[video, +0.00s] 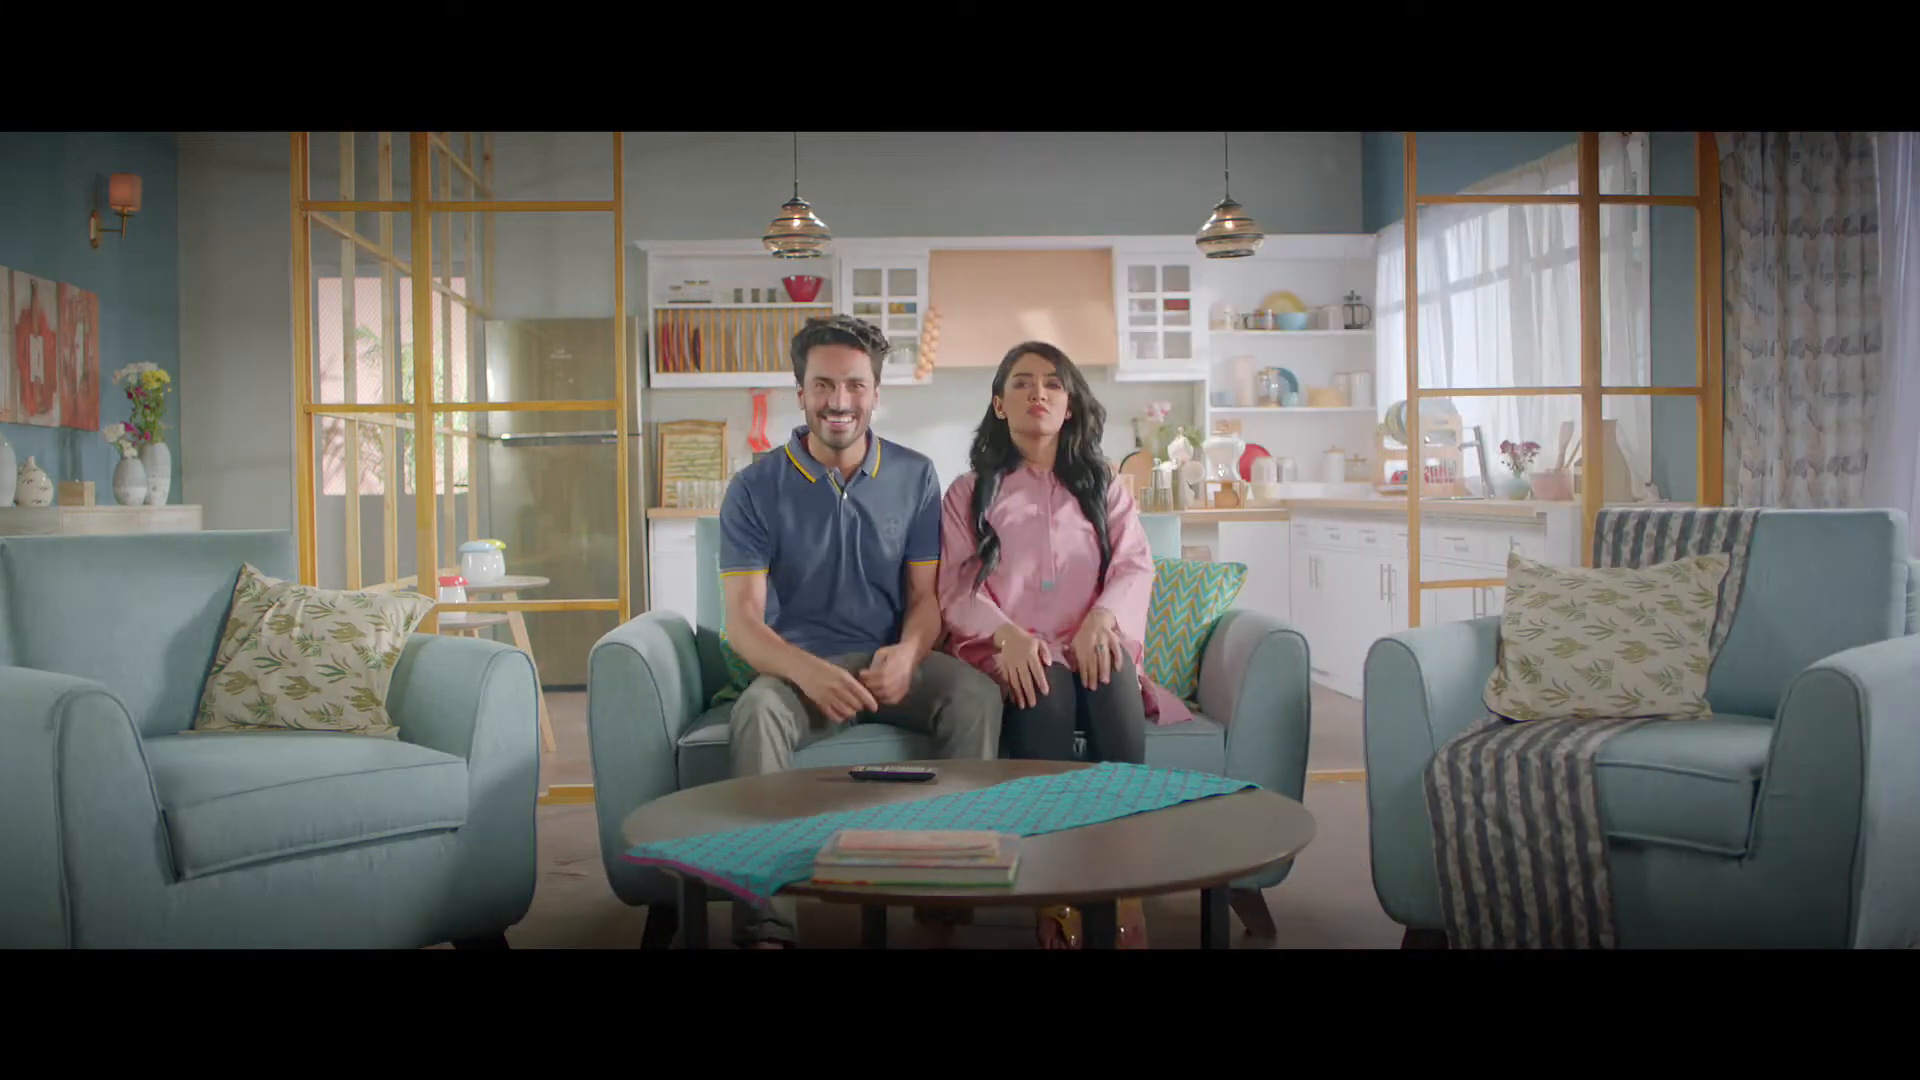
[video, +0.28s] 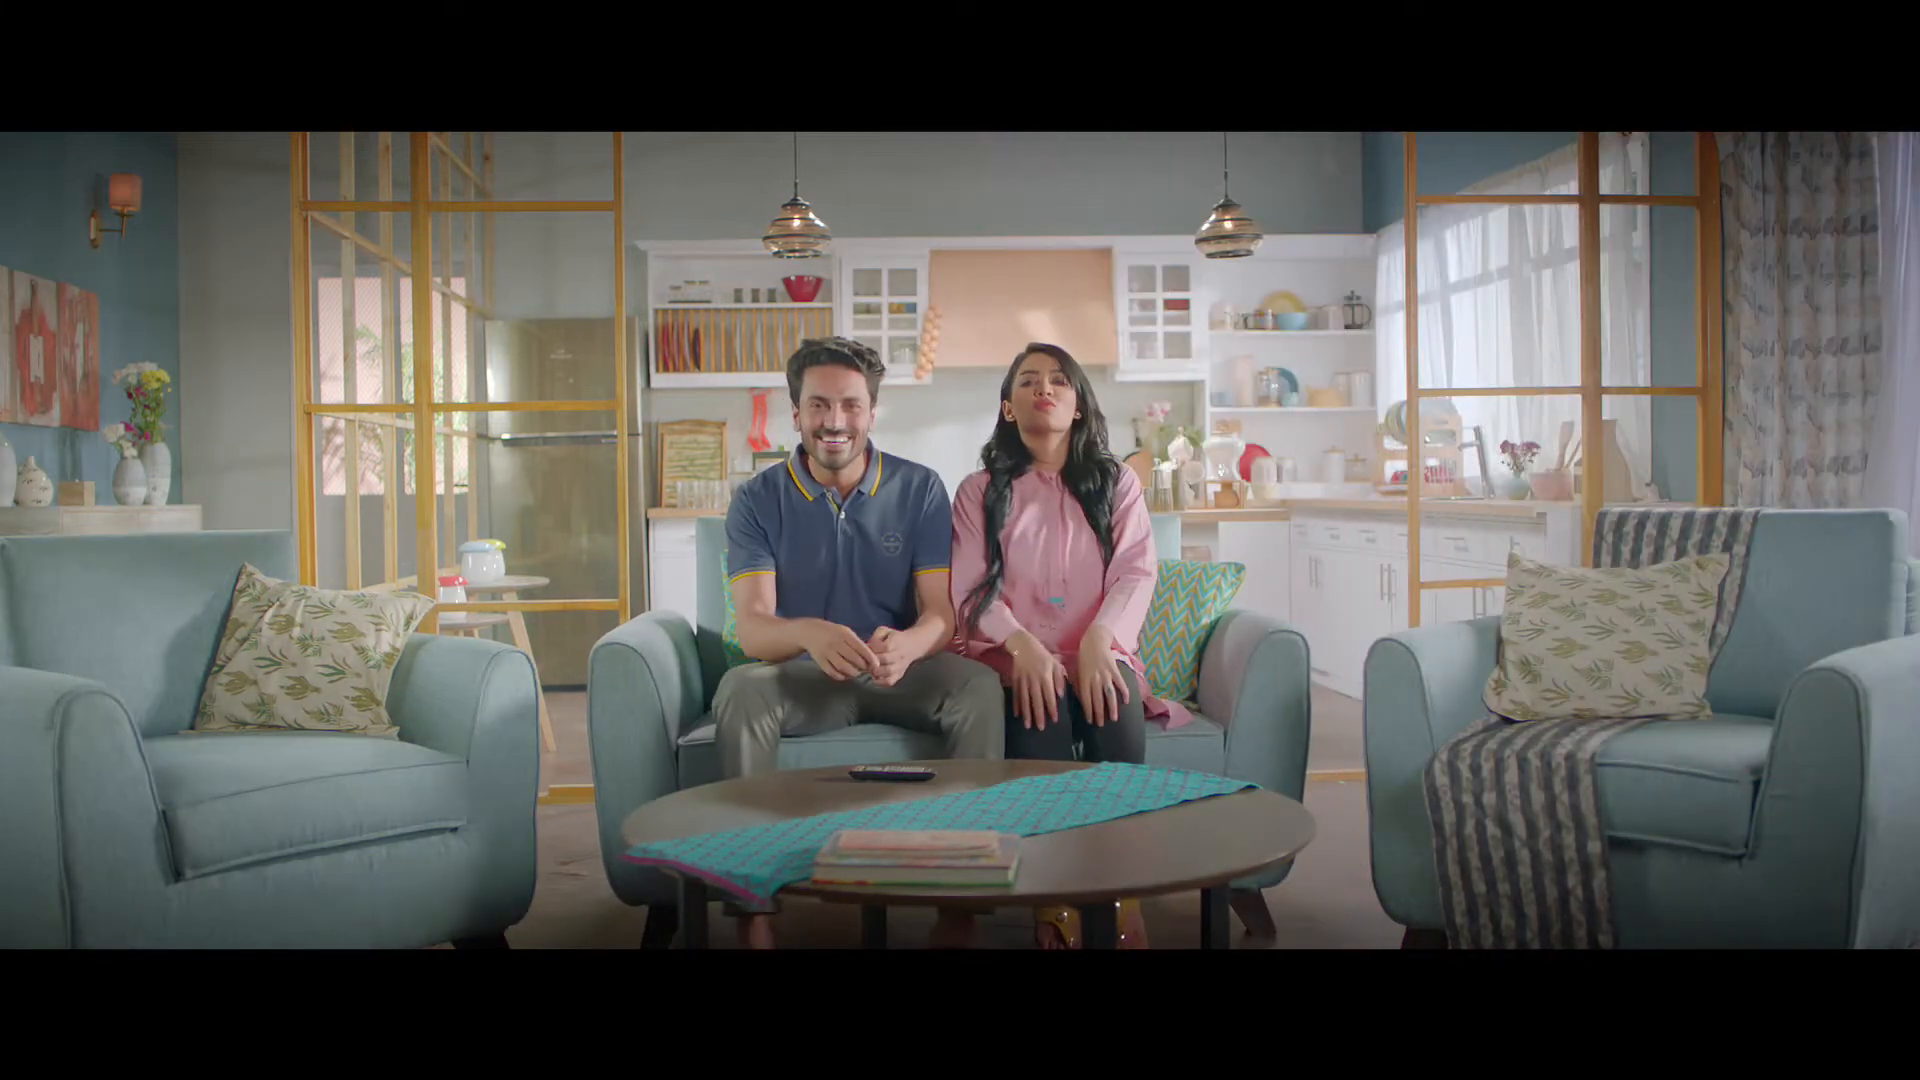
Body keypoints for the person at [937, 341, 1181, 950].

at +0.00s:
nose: (1038, 394)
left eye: (1052, 384)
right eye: (1023, 383)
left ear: (1071, 404)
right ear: (1000, 403)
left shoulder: (1104, 485)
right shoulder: (969, 493)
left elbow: (1134, 568)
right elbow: (954, 596)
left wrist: (1103, 617)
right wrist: (1006, 634)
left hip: (1087, 646)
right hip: (1005, 648)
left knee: (1109, 668)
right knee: (1047, 680)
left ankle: (1123, 885)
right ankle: (1052, 890)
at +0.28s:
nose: (1043, 391)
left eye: (1057, 382)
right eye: (1029, 382)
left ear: (1079, 404)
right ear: (1008, 404)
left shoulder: (1115, 482)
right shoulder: (981, 489)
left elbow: (1136, 572)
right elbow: (970, 591)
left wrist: (1100, 641)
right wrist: (1019, 644)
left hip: (1097, 649)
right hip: (1010, 650)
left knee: (1112, 694)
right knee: (1041, 698)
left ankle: (1118, 892)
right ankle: (1050, 894)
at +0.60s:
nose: (1075, 393)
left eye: (1090, 388)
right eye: (1058, 385)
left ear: (1106, 416)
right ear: (1033, 412)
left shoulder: (1139, 492)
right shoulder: (1002, 497)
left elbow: (1138, 592)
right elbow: (1016, 597)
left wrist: (1119, 676)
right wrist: (1067, 669)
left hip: (1111, 660)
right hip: (1026, 661)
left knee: (1135, 726)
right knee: (1058, 721)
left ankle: (1120, 898)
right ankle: (1053, 898)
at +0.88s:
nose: (1086, 401)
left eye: (1100, 397)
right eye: (1068, 393)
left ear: (1114, 432)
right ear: (1040, 425)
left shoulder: (1149, 515)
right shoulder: (1004, 514)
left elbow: (1142, 617)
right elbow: (1017, 625)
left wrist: (1125, 656)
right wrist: (1066, 639)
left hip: (1119, 690)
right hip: (1034, 687)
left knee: (1123, 696)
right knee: (1063, 695)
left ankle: (1126, 895)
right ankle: (1056, 898)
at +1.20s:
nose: (1062, 423)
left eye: (1077, 416)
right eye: (1046, 417)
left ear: (1101, 445)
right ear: (1026, 448)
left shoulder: (1139, 527)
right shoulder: (991, 528)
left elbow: (1123, 647)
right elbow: (1014, 660)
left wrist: (1087, 625)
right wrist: (1055, 629)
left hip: (1107, 681)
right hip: (1030, 683)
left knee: (1110, 701)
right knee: (1045, 706)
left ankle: (1123, 896)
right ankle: (1055, 899)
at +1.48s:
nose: (1062, 424)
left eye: (1076, 416)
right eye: (1045, 418)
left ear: (1100, 445)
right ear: (1025, 448)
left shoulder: (1137, 525)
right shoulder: (991, 529)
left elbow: (1113, 654)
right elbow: (1023, 659)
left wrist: (1091, 570)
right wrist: (1056, 574)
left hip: (1106, 677)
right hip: (1029, 679)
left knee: (1113, 697)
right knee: (1049, 699)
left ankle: (1124, 893)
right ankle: (1054, 897)